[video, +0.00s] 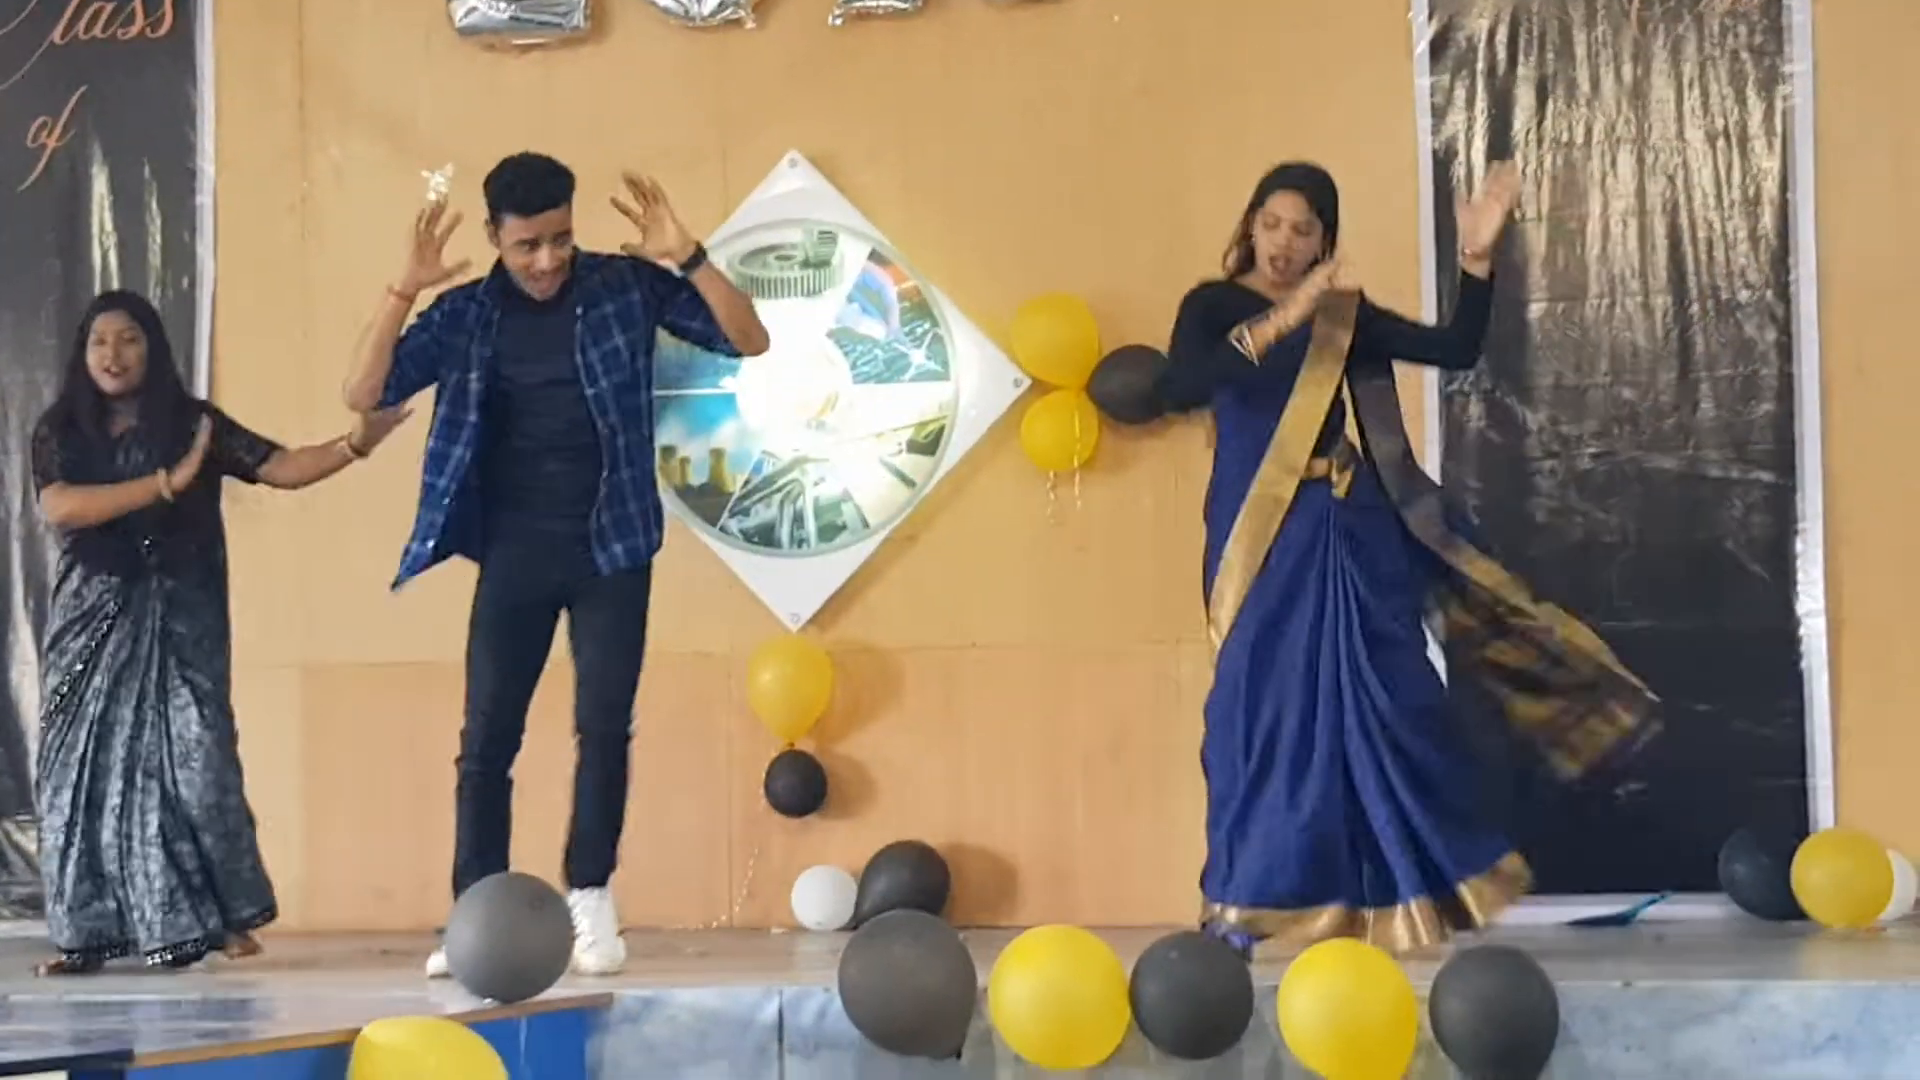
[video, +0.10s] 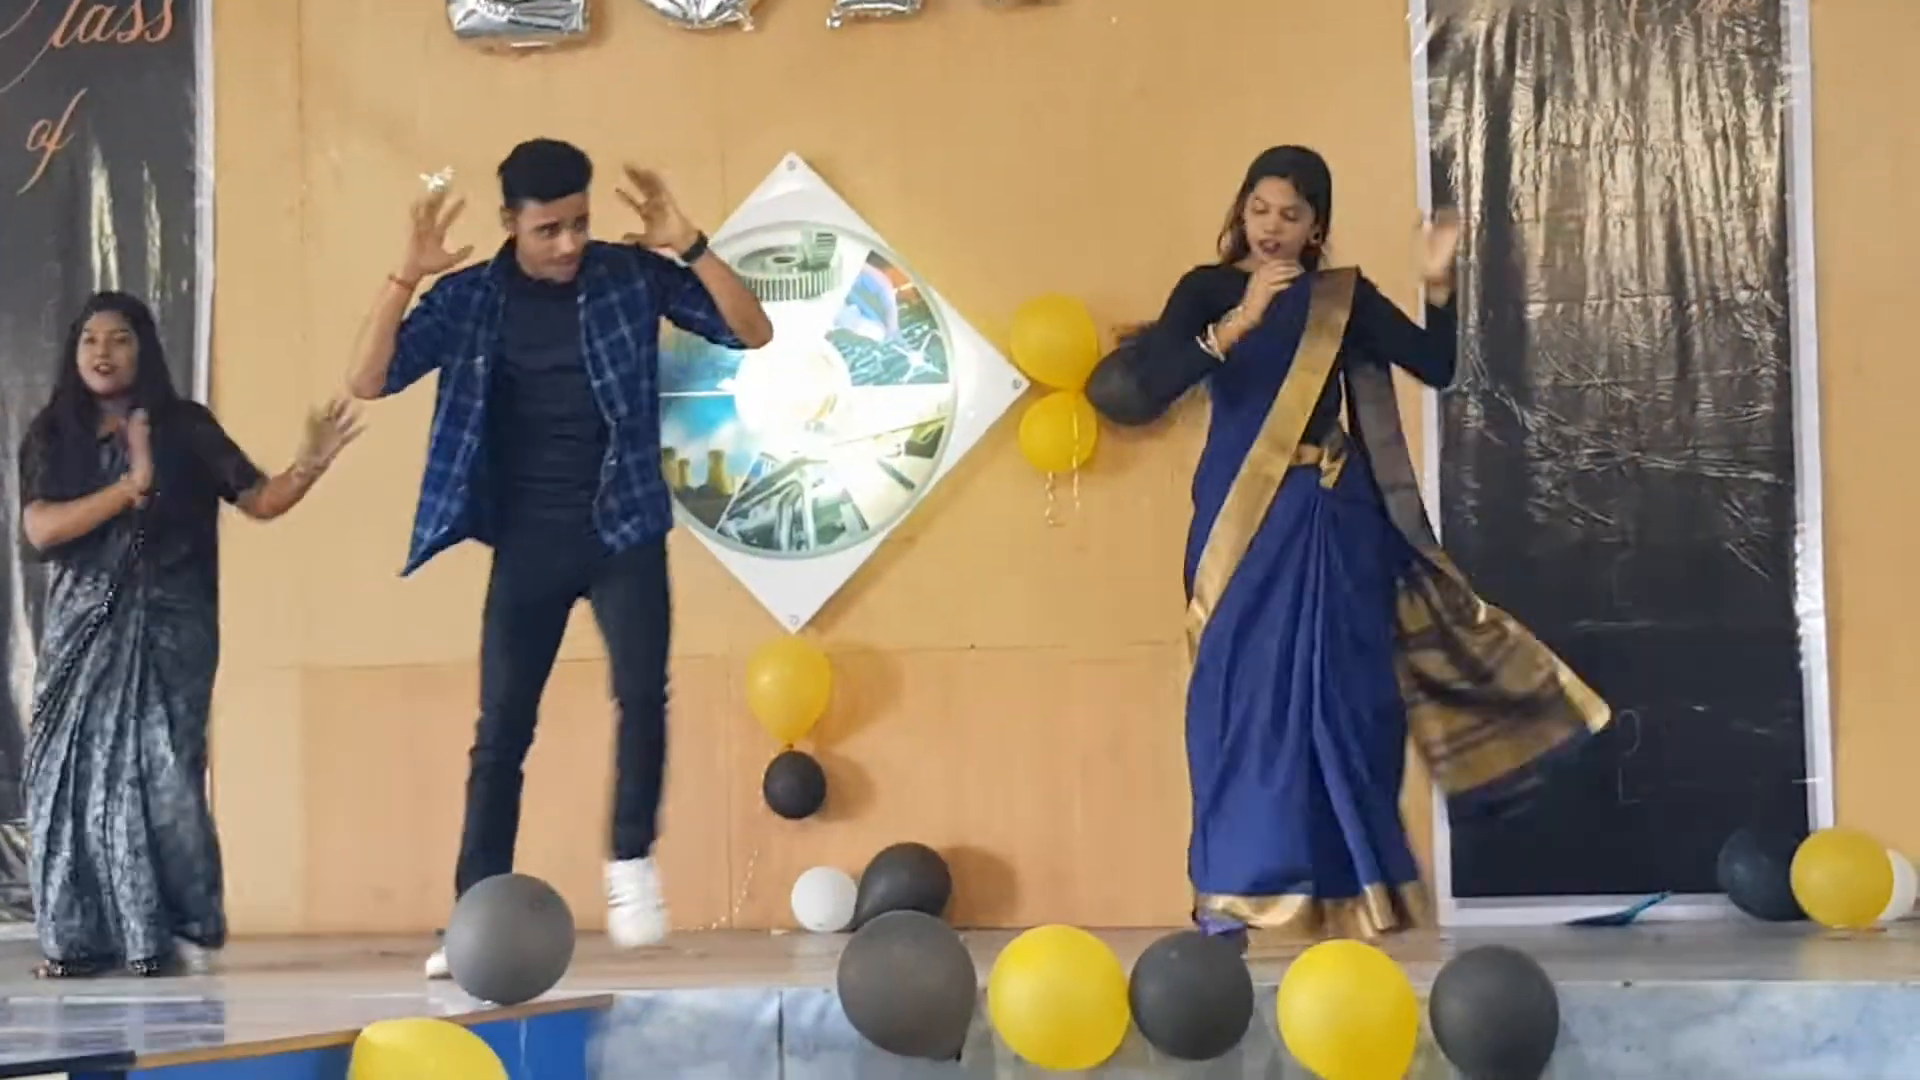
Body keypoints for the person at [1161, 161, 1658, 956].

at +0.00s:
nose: (1284, 240)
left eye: (1302, 231)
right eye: (1272, 223)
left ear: (1325, 243)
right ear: (1250, 227)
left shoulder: (1350, 317)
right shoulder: (1215, 305)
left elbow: (1458, 347)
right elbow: (1182, 384)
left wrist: (1478, 257)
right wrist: (1287, 314)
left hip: (1362, 534)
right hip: (1265, 541)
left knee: (1390, 705)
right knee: (1271, 711)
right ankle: (1251, 908)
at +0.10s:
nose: (1274, 223)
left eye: (1291, 211)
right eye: (1262, 208)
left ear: (1316, 223)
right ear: (1241, 214)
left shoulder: (1347, 293)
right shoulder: (1211, 288)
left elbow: (1438, 368)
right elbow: (1139, 385)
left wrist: (1438, 284)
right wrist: (1237, 324)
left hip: (1345, 513)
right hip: (1250, 514)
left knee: (1349, 692)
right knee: (1255, 691)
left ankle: (1352, 896)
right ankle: (1251, 893)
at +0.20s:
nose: (1272, 238)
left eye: (1291, 226)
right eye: (1261, 221)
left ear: (1318, 238)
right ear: (1241, 224)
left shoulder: (1351, 308)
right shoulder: (1208, 306)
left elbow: (1380, 442)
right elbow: (1154, 412)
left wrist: (1384, 368)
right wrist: (1211, 354)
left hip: (1330, 514)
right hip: (1235, 513)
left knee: (1314, 697)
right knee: (1236, 696)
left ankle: (1325, 898)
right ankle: (1241, 895)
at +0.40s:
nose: (1322, 247)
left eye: (1342, 236)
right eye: (1312, 234)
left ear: (1372, 250)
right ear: (1296, 241)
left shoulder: (1385, 341)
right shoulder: (1248, 305)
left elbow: (1367, 449)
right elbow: (1133, 364)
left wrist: (1345, 366)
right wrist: (1179, 271)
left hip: (1347, 537)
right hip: (1250, 533)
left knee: (1362, 704)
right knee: (1237, 703)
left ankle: (1285, 895)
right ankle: (1203, 897)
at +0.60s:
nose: (1378, 196)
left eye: (1397, 183)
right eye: (1370, 182)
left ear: (1435, 199)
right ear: (1359, 193)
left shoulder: (1464, 290)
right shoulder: (1336, 265)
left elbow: (1421, 363)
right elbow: (1200, 265)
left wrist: (1340, 293)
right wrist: (1188, 173)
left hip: (1410, 495)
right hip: (1316, 486)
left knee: (1448, 680)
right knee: (1302, 667)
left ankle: (1531, 872)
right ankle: (1260, 859)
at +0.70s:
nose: (1418, 188)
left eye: (1436, 175)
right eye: (1409, 176)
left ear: (1476, 190)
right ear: (1400, 192)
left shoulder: (1512, 282)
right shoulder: (1381, 266)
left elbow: (1470, 365)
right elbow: (1239, 270)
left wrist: (1374, 304)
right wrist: (1208, 181)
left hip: (1459, 498)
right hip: (1364, 495)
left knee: (1497, 676)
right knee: (1348, 673)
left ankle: (1552, 886)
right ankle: (1356, 887)